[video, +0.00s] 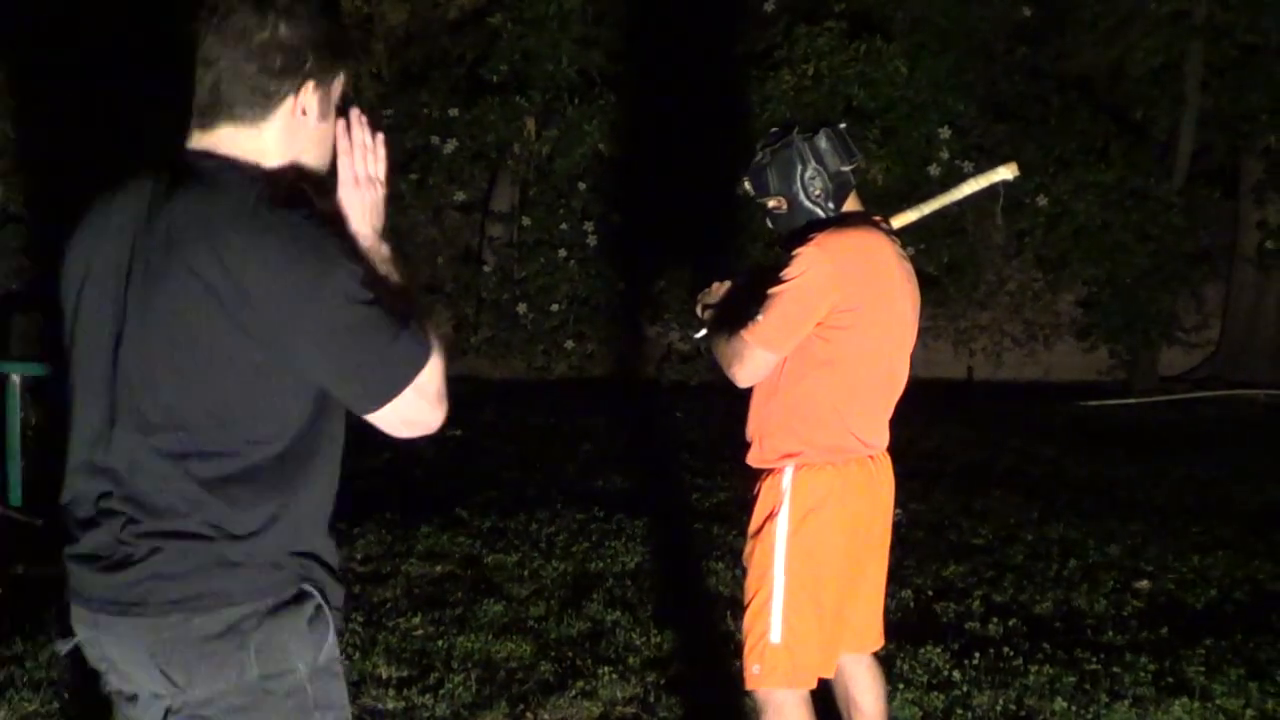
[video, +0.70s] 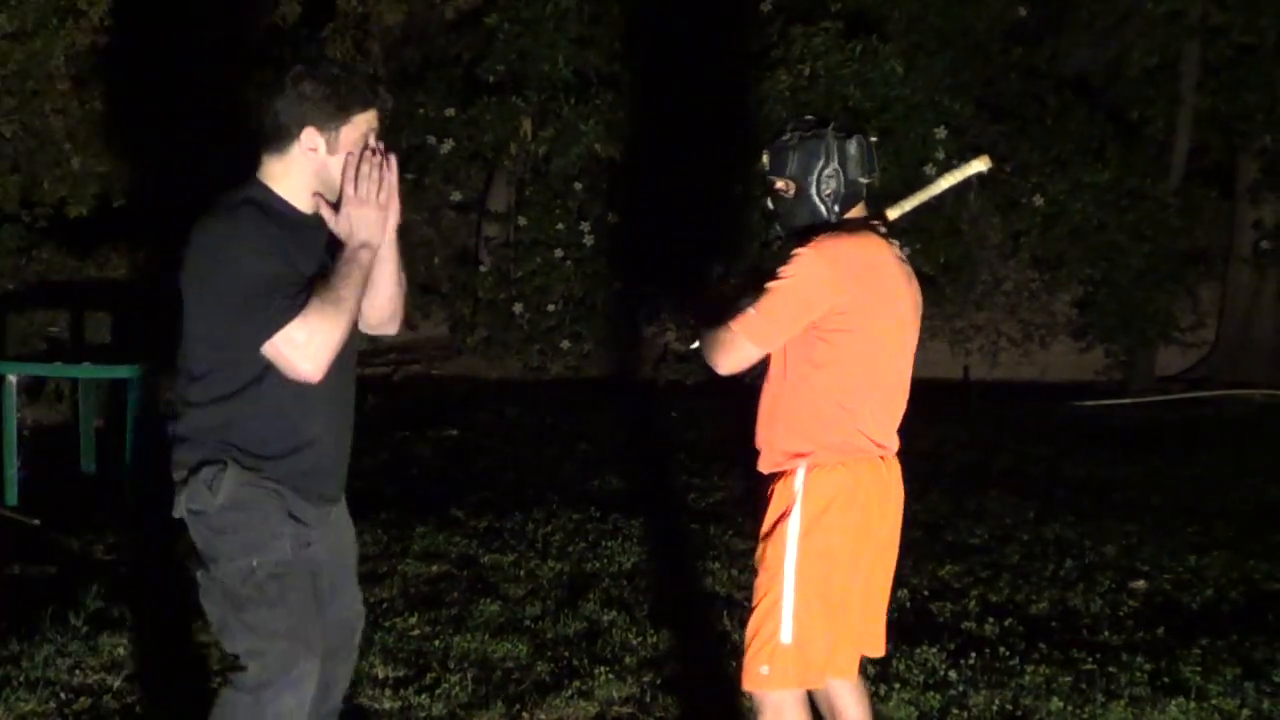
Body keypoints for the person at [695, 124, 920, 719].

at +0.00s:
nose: (772, 214)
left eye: (774, 200)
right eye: (768, 201)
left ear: (798, 195)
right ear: (839, 184)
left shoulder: (825, 259)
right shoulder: (892, 260)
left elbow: (744, 365)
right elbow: (821, 341)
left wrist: (715, 320)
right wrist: (752, 302)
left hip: (806, 485)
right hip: (867, 481)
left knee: (776, 678)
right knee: (850, 652)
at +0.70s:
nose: (777, 198)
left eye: (786, 184)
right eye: (776, 183)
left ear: (821, 185)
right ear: (850, 186)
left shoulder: (825, 261)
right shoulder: (895, 268)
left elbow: (728, 354)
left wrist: (705, 329)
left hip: (818, 487)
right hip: (873, 485)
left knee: (773, 680)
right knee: (835, 670)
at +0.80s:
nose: (774, 198)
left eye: (781, 186)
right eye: (774, 185)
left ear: (812, 190)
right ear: (853, 192)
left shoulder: (799, 263)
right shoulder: (903, 276)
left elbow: (699, 330)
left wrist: (756, 281)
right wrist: (875, 250)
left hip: (815, 492)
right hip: (878, 488)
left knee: (755, 679)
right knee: (832, 673)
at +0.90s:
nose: (764, 201)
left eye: (770, 191)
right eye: (765, 189)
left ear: (791, 199)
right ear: (846, 197)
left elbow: (697, 309)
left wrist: (765, 277)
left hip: (804, 500)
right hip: (871, 494)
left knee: (727, 679)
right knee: (819, 665)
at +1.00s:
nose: (747, 202)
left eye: (753, 192)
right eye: (750, 190)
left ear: (773, 202)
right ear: (828, 200)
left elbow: (694, 322)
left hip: (789, 502)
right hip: (854, 496)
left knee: (696, 676)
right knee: (808, 663)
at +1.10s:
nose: (721, 202)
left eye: (728, 191)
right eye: (726, 190)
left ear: (747, 204)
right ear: (805, 205)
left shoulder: (751, 279)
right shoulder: (842, 280)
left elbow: (661, 351)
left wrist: (643, 315)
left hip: (772, 505)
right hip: (830, 499)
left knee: (669, 676)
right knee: (808, 675)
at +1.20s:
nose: (693, 211)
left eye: (700, 199)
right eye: (695, 197)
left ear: (727, 207)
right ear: (771, 206)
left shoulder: (748, 290)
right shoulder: (799, 283)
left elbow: (642, 384)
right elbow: (684, 344)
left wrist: (593, 338)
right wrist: (618, 305)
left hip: (756, 513)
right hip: (804, 504)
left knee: (649, 678)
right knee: (787, 680)